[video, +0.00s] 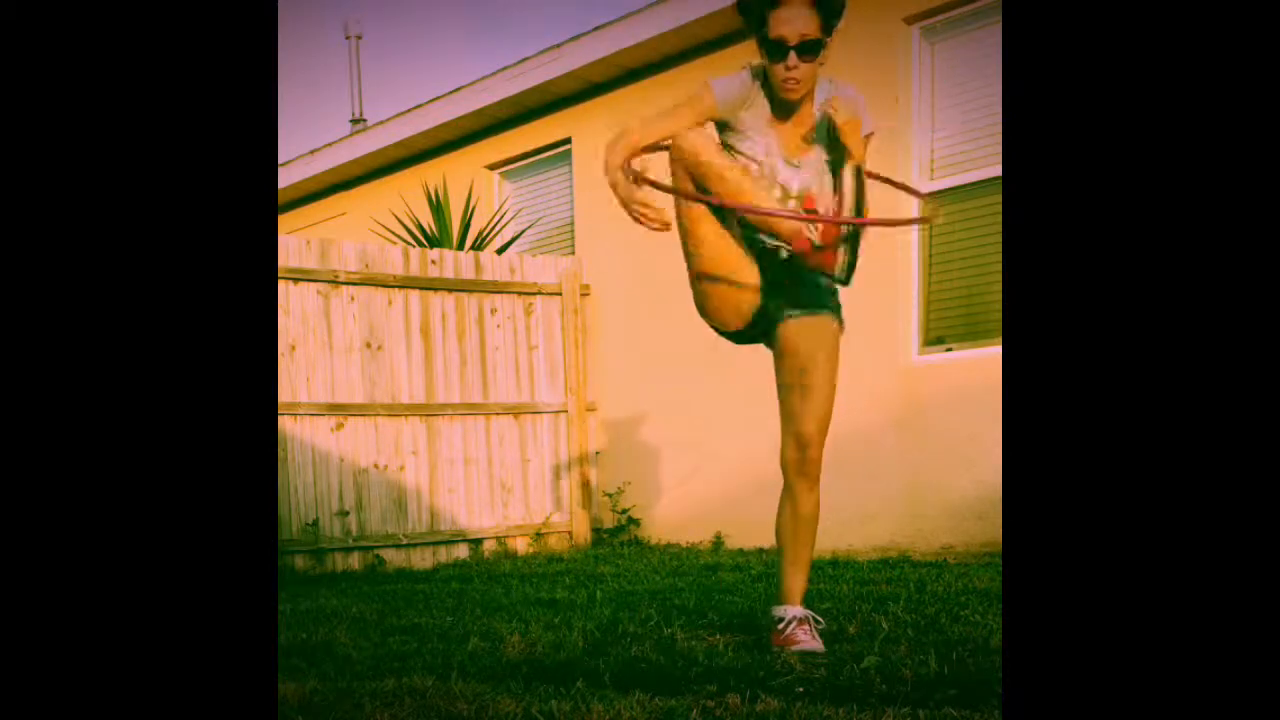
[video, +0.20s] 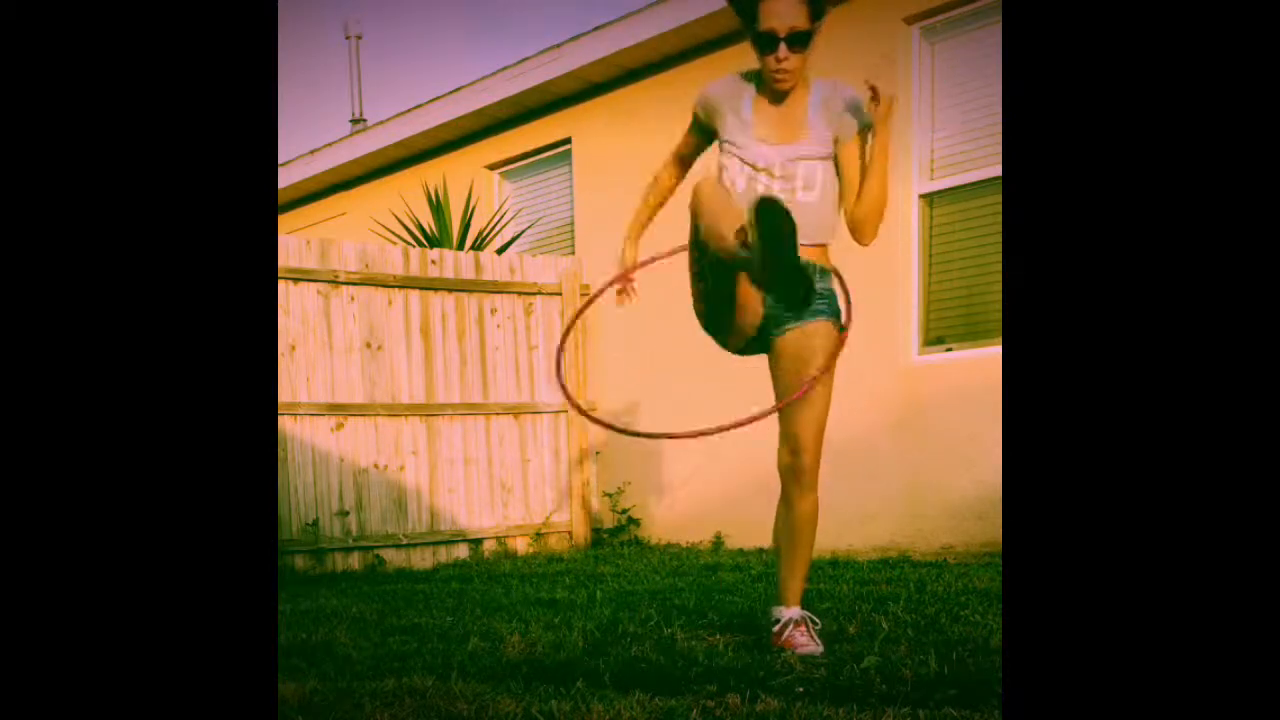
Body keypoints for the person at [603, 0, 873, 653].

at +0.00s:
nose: (791, 65)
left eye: (806, 50)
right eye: (776, 50)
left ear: (828, 44)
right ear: (758, 44)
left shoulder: (843, 107)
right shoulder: (733, 95)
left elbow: (856, 207)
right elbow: (627, 139)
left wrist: (840, 228)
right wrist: (621, 180)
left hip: (809, 293)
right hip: (737, 294)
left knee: (804, 457)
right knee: (688, 143)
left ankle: (791, 611)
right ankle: (796, 233)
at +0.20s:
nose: (781, 54)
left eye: (795, 39)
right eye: (767, 40)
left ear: (815, 36)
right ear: (748, 36)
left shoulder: (840, 104)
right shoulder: (721, 98)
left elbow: (863, 226)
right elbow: (677, 165)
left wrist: (881, 131)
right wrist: (629, 241)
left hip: (806, 290)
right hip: (732, 299)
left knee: (800, 462)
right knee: (705, 184)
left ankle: (790, 615)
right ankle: (764, 260)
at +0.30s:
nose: (772, 51)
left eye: (787, 37)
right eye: (758, 37)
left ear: (807, 32)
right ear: (740, 33)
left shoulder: (834, 102)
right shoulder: (716, 101)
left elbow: (871, 215)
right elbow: (705, 182)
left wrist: (884, 122)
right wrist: (706, 262)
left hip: (804, 298)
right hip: (732, 293)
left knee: (799, 469)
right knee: (718, 291)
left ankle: (790, 613)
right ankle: (749, 476)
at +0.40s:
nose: (765, 50)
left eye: (779, 35)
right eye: (751, 36)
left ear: (798, 31)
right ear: (734, 32)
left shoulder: (824, 100)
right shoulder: (710, 103)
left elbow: (886, 203)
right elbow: (709, 192)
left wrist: (885, 106)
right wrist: (713, 248)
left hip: (799, 301)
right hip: (721, 302)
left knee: (794, 467)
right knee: (728, 442)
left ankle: (792, 612)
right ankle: (738, 588)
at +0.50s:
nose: (758, 51)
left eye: (773, 38)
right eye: (744, 37)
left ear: (790, 36)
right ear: (726, 35)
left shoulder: (813, 102)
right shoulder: (704, 108)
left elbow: (900, 181)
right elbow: (688, 200)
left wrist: (884, 83)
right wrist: (654, 278)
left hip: (788, 306)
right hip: (716, 313)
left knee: (756, 452)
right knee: (723, 467)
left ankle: (793, 605)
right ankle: (743, 613)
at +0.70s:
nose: (748, 38)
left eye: (762, 23)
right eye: (734, 25)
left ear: (780, 24)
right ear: (717, 26)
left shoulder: (802, 85)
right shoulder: (703, 104)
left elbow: (907, 136)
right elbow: (639, 192)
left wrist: (875, 43)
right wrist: (573, 208)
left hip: (778, 293)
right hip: (727, 300)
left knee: (693, 441)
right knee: (727, 465)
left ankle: (782, 582)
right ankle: (744, 614)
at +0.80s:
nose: (748, 36)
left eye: (763, 22)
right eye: (735, 22)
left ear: (781, 22)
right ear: (717, 23)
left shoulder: (800, 82)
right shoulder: (700, 98)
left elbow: (903, 144)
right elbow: (616, 169)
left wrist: (886, 52)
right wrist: (588, 140)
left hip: (775, 290)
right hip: (735, 296)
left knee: (698, 445)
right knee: (730, 463)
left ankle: (794, 578)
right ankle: (745, 615)